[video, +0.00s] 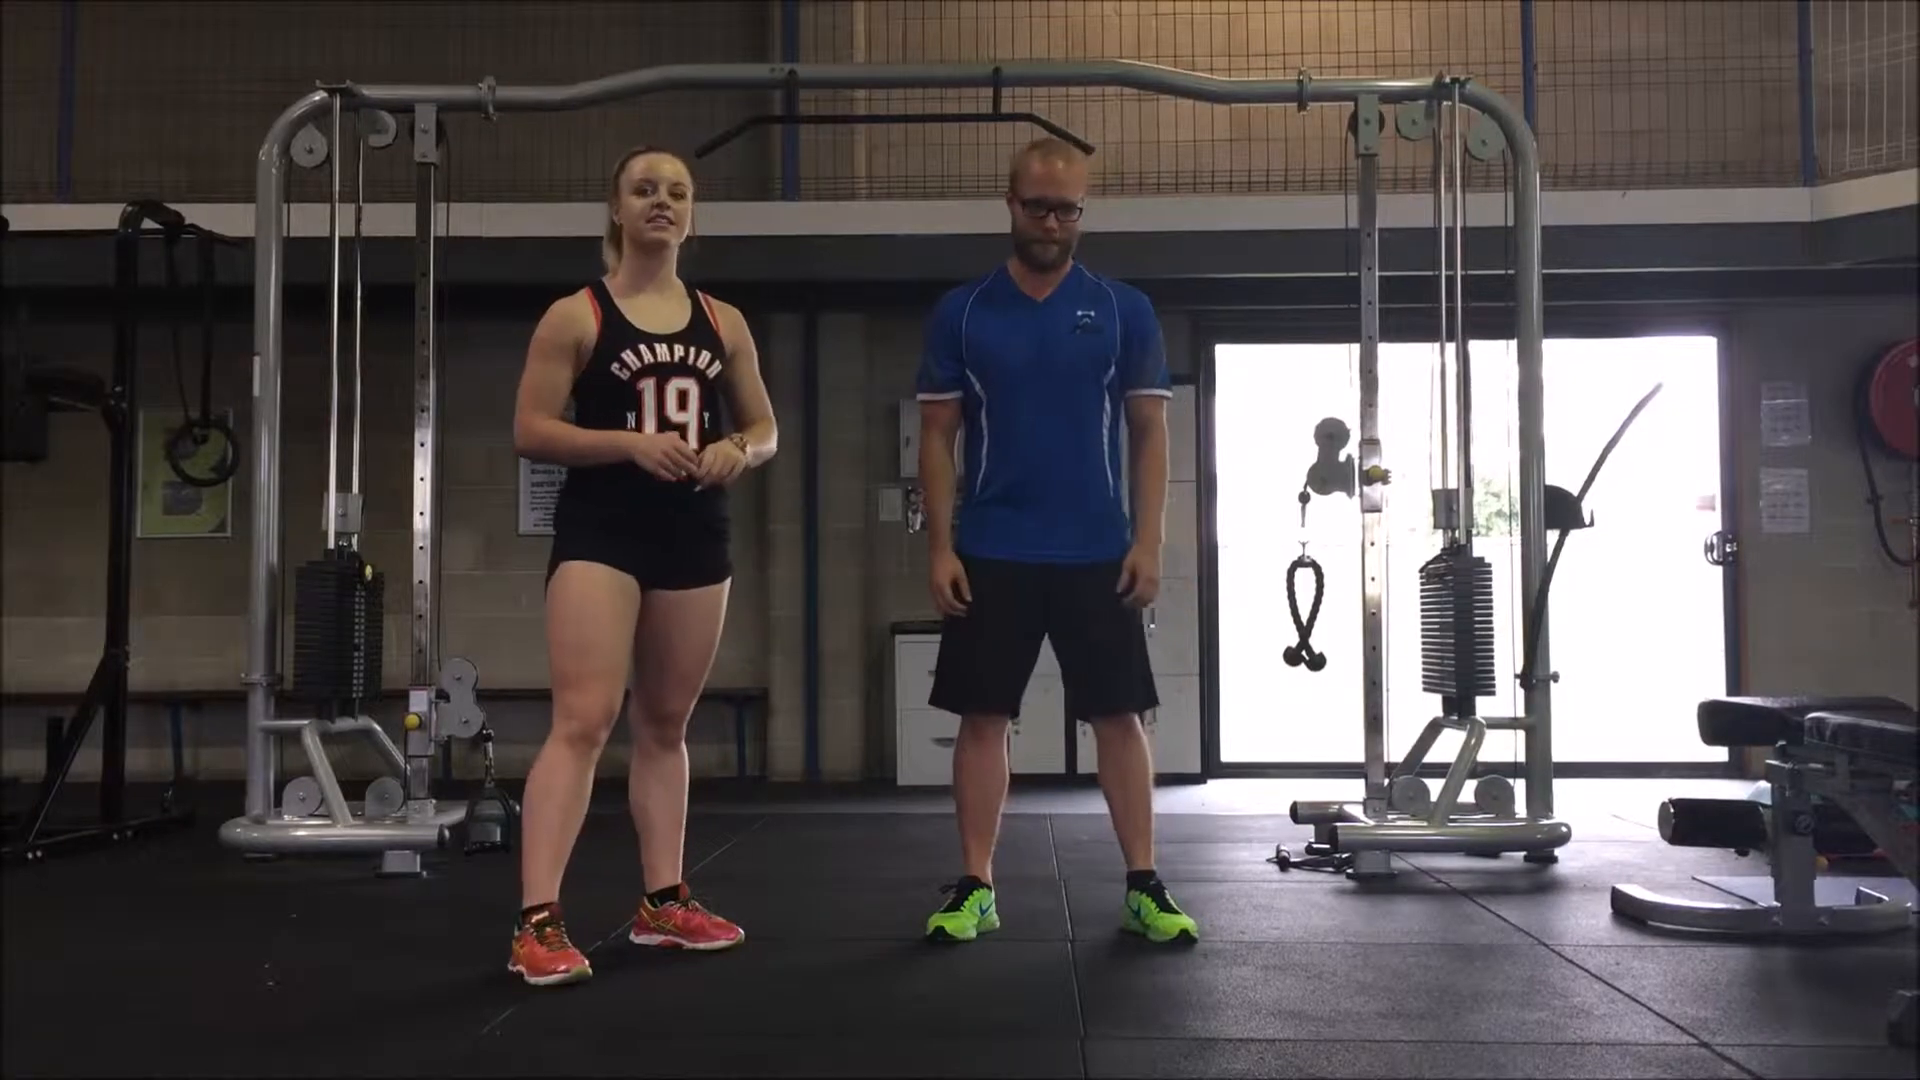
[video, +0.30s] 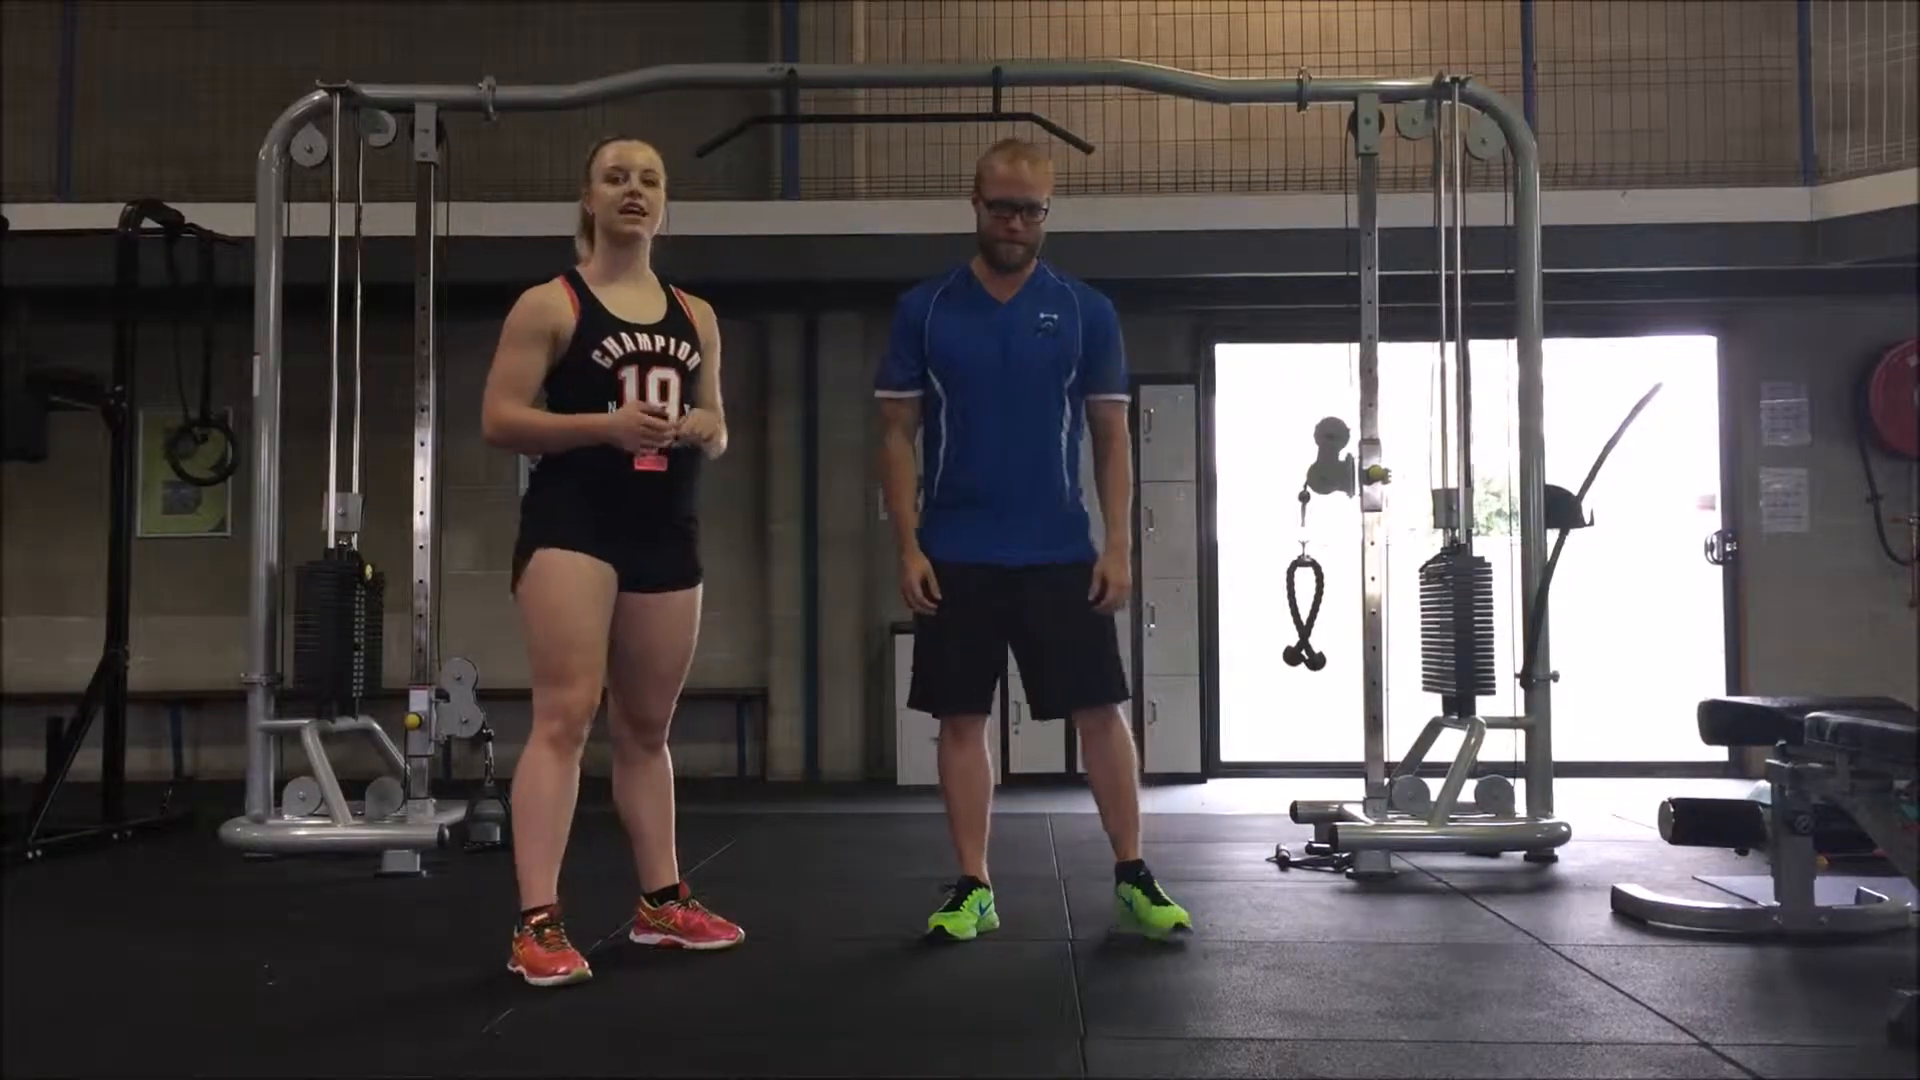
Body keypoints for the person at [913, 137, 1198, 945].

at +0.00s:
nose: (1053, 222)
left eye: (1067, 209)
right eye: (1038, 207)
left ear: (1085, 209)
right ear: (1009, 205)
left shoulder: (1124, 310)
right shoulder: (960, 313)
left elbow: (1149, 431)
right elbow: (936, 433)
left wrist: (1148, 542)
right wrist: (940, 545)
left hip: (1095, 554)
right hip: (994, 555)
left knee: (1120, 716)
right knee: (982, 718)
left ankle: (1144, 885)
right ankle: (976, 885)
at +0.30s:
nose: (1014, 222)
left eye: (1029, 209)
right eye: (1000, 207)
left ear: (1048, 211)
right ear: (975, 206)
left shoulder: (1086, 311)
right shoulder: (924, 310)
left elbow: (1110, 436)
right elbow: (896, 431)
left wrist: (1116, 548)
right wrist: (908, 545)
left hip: (1059, 555)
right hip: (959, 558)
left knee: (1100, 711)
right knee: (960, 722)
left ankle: (1132, 875)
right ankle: (973, 887)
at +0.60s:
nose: (997, 222)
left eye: (1011, 209)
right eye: (983, 207)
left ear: (1029, 210)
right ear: (954, 203)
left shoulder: (1068, 307)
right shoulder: (904, 307)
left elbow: (1094, 422)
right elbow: (866, 426)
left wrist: (1091, 525)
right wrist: (854, 546)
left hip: (1039, 544)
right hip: (944, 549)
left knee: (1048, 699)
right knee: (953, 716)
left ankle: (1025, 836)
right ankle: (969, 885)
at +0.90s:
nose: (997, 231)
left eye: (1010, 217)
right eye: (981, 216)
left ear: (1028, 215)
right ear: (952, 215)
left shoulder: (1075, 306)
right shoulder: (906, 326)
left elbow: (1118, 419)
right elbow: (875, 449)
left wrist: (1110, 524)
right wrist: (870, 557)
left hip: (1056, 553)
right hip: (959, 559)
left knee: (1056, 711)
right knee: (957, 724)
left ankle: (1015, 839)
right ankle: (970, 886)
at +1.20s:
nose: (1076, 265)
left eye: (1090, 253)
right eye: (1061, 249)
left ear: (1107, 260)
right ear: (1030, 251)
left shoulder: (1147, 354)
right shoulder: (985, 365)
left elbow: (1187, 463)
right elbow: (961, 483)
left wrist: (1150, 513)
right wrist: (1001, 552)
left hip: (1125, 583)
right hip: (1025, 584)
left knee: (1179, 720)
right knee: (987, 741)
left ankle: (1180, 864)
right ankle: (976, 890)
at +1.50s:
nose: (1294, 221)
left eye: (1308, 208)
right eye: (1279, 205)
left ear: (1325, 209)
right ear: (1245, 201)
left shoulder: (1364, 304)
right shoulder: (1193, 304)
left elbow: (1391, 419)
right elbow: (1148, 424)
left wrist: (1336, 432)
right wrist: (1192, 455)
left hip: (1325, 551)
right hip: (1215, 547)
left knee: (1401, 711)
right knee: (1130, 694)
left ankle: (1441, 891)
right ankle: (1061, 827)